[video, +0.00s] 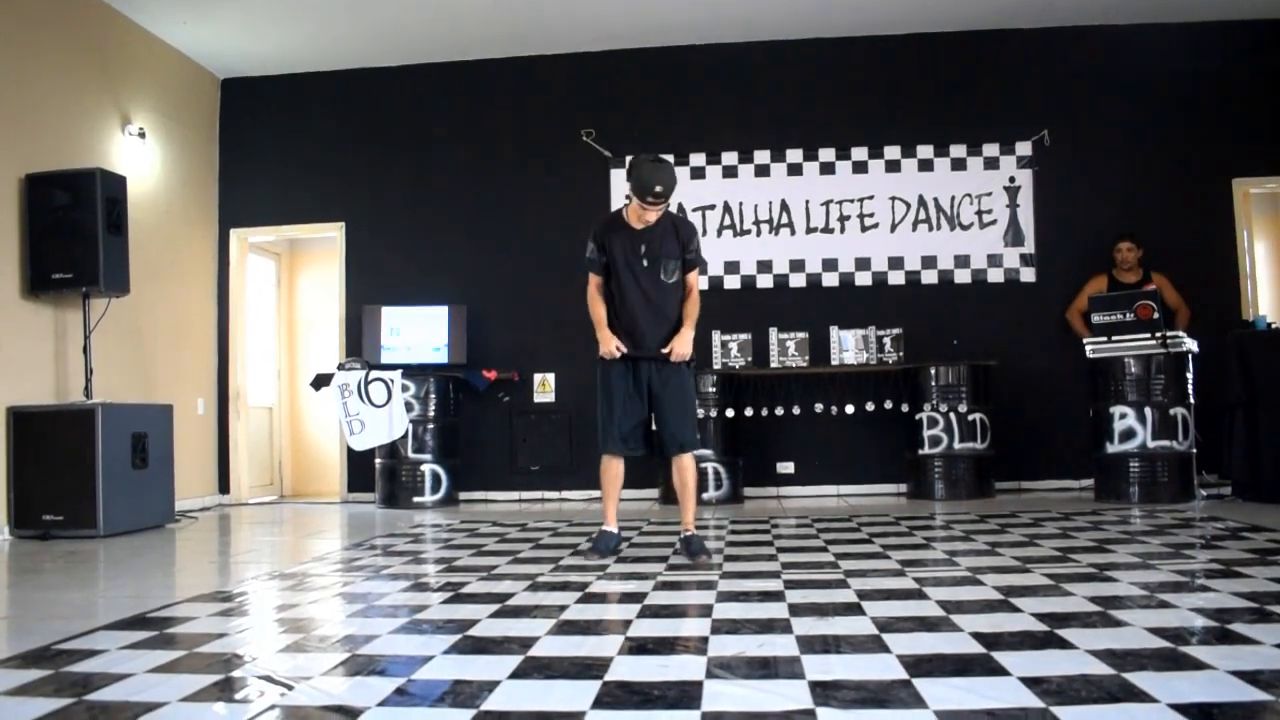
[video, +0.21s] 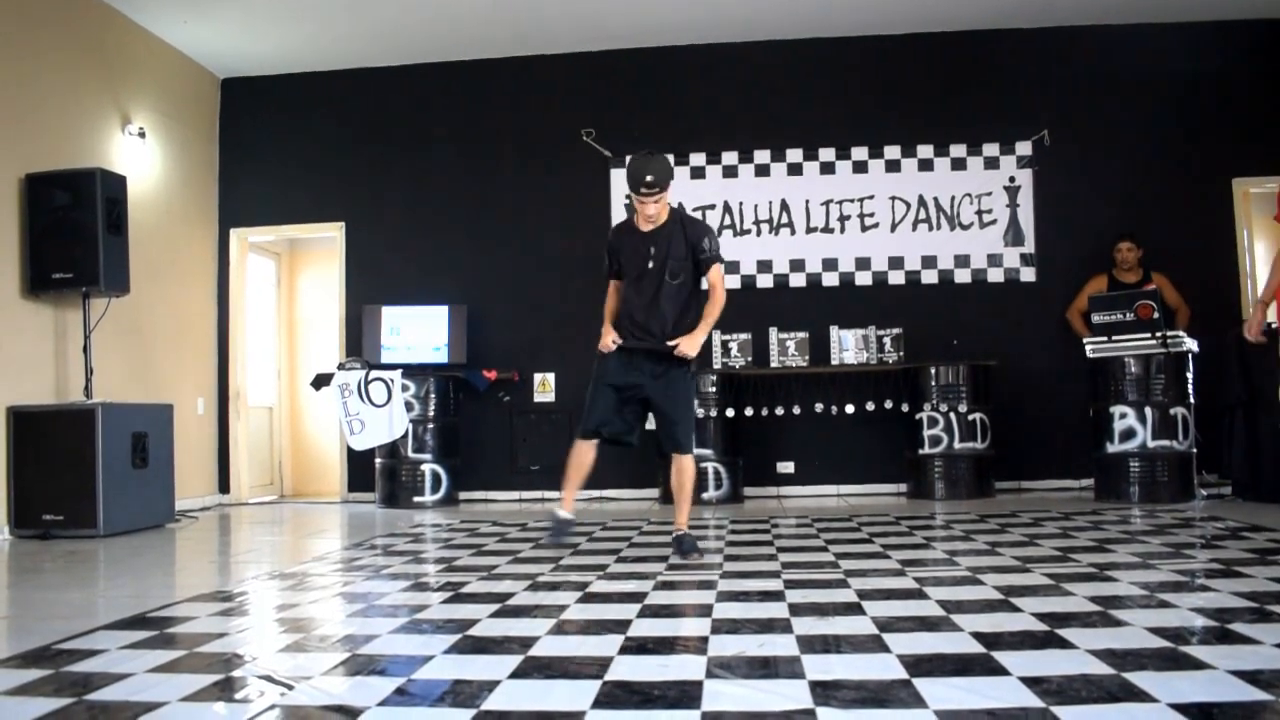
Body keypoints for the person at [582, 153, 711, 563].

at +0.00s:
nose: (652, 214)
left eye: (660, 207)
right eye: (646, 206)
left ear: (671, 198)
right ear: (631, 193)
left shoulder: (682, 231)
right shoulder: (606, 231)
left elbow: (692, 289)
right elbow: (594, 289)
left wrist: (687, 332)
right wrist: (603, 333)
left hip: (670, 357)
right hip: (620, 357)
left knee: (682, 444)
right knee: (613, 444)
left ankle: (689, 531)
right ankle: (609, 528)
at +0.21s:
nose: (647, 209)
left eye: (655, 200)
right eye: (640, 200)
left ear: (668, 193)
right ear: (630, 195)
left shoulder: (695, 233)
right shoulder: (620, 237)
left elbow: (718, 291)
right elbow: (614, 287)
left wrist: (698, 335)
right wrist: (607, 326)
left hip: (673, 359)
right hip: (623, 355)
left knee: (682, 445)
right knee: (589, 430)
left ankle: (681, 530)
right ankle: (564, 513)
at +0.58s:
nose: (640, 224)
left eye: (645, 215)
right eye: (632, 217)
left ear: (658, 213)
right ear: (623, 221)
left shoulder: (691, 245)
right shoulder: (626, 268)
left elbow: (726, 296)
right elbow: (628, 330)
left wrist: (729, 349)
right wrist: (639, 376)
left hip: (716, 367)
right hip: (666, 378)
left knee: (766, 441)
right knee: (653, 451)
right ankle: (658, 530)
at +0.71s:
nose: (657, 232)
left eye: (663, 223)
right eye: (647, 226)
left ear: (672, 226)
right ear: (634, 235)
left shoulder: (704, 255)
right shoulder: (645, 298)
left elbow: (738, 307)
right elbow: (654, 355)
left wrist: (750, 362)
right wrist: (665, 392)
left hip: (743, 381)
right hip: (694, 397)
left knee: (800, 442)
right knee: (669, 459)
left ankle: (857, 517)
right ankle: (660, 530)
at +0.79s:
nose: (675, 235)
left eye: (680, 228)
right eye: (665, 230)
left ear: (689, 233)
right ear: (650, 239)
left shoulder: (722, 262)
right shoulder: (658, 297)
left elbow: (758, 315)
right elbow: (670, 362)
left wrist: (774, 371)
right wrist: (684, 347)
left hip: (761, 379)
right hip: (711, 389)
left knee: (816, 447)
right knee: (682, 460)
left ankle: (862, 522)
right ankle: (662, 532)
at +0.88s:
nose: (698, 241)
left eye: (703, 233)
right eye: (688, 235)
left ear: (712, 238)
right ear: (672, 244)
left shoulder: (740, 270)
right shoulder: (680, 307)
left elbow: (773, 324)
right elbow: (709, 365)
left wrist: (775, 381)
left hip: (772, 379)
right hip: (725, 391)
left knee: (831, 442)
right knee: (691, 460)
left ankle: (864, 523)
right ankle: (663, 531)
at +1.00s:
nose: (724, 248)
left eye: (729, 241)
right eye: (714, 243)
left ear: (737, 247)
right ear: (698, 253)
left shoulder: (765, 280)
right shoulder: (704, 311)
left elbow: (789, 333)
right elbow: (753, 357)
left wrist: (789, 390)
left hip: (788, 383)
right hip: (739, 392)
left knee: (847, 443)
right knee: (697, 463)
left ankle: (867, 524)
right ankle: (664, 529)